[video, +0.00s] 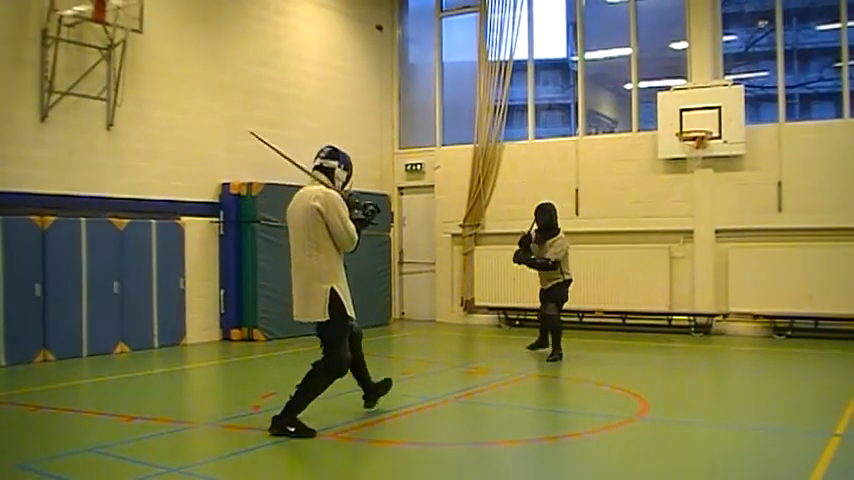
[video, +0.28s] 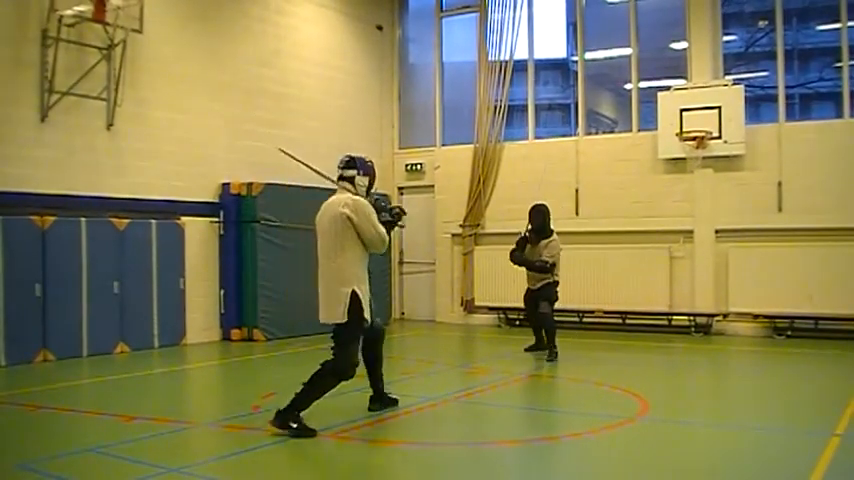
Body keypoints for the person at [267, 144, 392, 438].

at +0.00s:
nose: (346, 182)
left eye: (347, 177)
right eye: (346, 175)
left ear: (316, 169)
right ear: (337, 172)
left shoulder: (298, 198)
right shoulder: (328, 197)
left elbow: (318, 240)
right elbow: (348, 242)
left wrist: (346, 214)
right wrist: (358, 222)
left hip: (309, 289)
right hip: (328, 290)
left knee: (352, 336)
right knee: (337, 361)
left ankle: (369, 388)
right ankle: (286, 418)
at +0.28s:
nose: (371, 186)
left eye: (371, 181)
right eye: (370, 181)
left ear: (343, 178)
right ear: (361, 179)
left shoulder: (327, 206)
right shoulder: (356, 204)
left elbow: (349, 241)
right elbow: (379, 244)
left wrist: (378, 218)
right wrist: (387, 221)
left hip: (334, 292)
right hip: (351, 293)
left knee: (374, 334)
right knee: (344, 365)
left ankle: (379, 395)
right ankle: (288, 414)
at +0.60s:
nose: (394, 181)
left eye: (393, 177)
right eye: (394, 176)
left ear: (365, 173)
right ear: (388, 174)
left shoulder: (349, 201)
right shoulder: (384, 196)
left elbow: (366, 237)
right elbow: (404, 235)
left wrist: (398, 212)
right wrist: (408, 215)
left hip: (355, 279)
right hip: (375, 279)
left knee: (386, 335)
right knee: (377, 344)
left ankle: (380, 395)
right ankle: (322, 396)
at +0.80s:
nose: (401, 178)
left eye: (401, 174)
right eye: (400, 174)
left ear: (372, 170)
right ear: (394, 171)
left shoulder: (355, 199)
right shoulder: (391, 191)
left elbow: (367, 235)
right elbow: (410, 233)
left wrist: (403, 211)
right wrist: (417, 214)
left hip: (357, 277)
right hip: (380, 276)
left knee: (384, 338)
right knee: (389, 340)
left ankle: (379, 394)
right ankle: (347, 400)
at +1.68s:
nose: (414, 186)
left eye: (413, 182)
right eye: (414, 182)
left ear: (386, 182)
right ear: (410, 182)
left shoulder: (371, 211)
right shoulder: (415, 207)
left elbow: (378, 250)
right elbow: (430, 253)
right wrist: (428, 229)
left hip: (380, 298)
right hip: (408, 297)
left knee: (420, 328)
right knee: (412, 362)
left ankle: (419, 390)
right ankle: (367, 416)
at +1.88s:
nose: (424, 187)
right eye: (424, 183)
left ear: (397, 185)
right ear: (421, 184)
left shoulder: (381, 213)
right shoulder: (432, 209)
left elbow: (371, 256)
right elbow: (443, 254)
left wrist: (397, 255)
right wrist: (421, 247)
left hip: (393, 296)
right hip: (422, 294)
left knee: (418, 343)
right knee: (419, 358)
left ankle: (419, 391)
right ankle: (377, 403)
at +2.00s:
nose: (429, 186)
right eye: (429, 181)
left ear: (402, 183)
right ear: (427, 183)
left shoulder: (387, 209)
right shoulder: (438, 208)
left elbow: (377, 250)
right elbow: (447, 254)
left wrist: (401, 258)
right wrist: (425, 258)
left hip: (399, 294)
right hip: (430, 294)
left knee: (411, 341)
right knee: (438, 355)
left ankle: (418, 392)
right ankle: (406, 386)